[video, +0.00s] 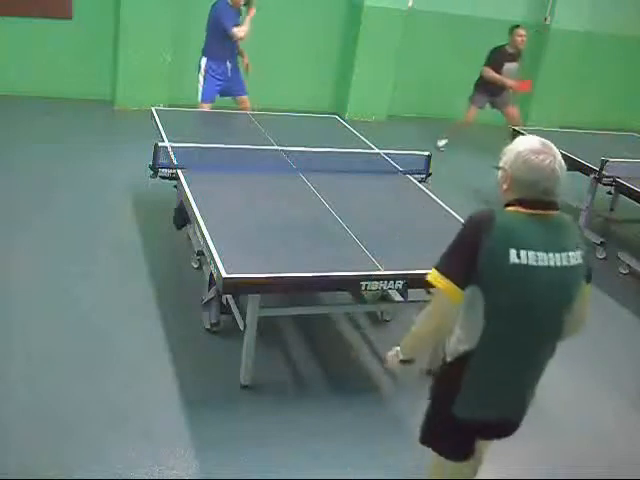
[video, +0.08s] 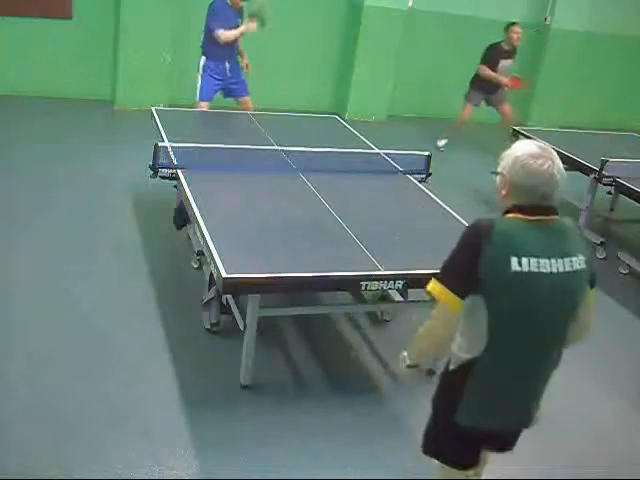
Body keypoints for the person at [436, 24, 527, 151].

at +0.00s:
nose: (522, 40)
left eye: (524, 36)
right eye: (519, 36)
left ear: (526, 39)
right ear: (511, 37)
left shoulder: (518, 55)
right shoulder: (498, 52)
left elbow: (508, 73)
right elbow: (486, 72)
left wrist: (514, 85)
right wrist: (508, 82)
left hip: (501, 91)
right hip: (483, 89)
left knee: (514, 117)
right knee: (469, 120)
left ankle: (518, 147)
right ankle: (446, 138)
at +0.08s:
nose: (517, 37)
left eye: (519, 34)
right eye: (514, 33)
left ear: (521, 36)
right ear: (507, 34)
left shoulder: (513, 51)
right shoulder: (494, 49)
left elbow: (502, 69)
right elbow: (481, 70)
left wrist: (508, 80)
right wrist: (502, 80)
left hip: (496, 87)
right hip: (479, 86)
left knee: (508, 116)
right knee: (465, 117)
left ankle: (513, 141)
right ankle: (446, 138)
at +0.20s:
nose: (515, 32)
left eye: (517, 29)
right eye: (512, 28)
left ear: (518, 31)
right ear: (503, 29)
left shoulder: (509, 46)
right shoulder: (490, 44)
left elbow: (499, 64)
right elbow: (477, 64)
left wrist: (502, 78)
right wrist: (495, 74)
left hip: (491, 84)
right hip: (475, 82)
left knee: (503, 117)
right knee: (463, 115)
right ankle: (445, 138)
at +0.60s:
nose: (505, 39)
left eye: (507, 36)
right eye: (502, 36)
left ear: (509, 37)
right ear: (494, 37)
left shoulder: (508, 52)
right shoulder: (482, 50)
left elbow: (516, 68)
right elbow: (467, 68)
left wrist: (524, 79)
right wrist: (472, 73)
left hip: (490, 88)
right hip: (473, 86)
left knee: (499, 119)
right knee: (470, 117)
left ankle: (482, 138)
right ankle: (455, 147)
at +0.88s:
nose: (488, 54)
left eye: (491, 51)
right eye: (485, 51)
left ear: (495, 50)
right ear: (480, 51)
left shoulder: (501, 59)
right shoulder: (472, 63)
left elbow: (513, 73)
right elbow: (463, 84)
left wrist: (520, 93)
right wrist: (456, 83)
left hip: (493, 95)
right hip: (475, 95)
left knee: (511, 121)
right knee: (471, 120)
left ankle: (503, 147)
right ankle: (455, 147)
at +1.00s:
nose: (489, 53)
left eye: (491, 50)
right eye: (486, 50)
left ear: (496, 49)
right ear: (481, 50)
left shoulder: (503, 58)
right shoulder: (476, 63)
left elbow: (513, 74)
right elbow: (474, 86)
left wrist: (520, 94)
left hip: (497, 95)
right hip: (479, 94)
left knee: (513, 122)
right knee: (473, 121)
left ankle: (506, 148)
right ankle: (455, 147)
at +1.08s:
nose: (492, 51)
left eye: (494, 47)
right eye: (489, 48)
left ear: (498, 47)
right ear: (484, 48)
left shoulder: (505, 55)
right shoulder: (480, 62)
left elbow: (512, 73)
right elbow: (481, 87)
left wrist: (520, 93)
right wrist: (490, 92)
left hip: (496, 90)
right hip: (478, 91)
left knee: (516, 120)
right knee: (474, 120)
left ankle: (509, 149)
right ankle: (455, 147)